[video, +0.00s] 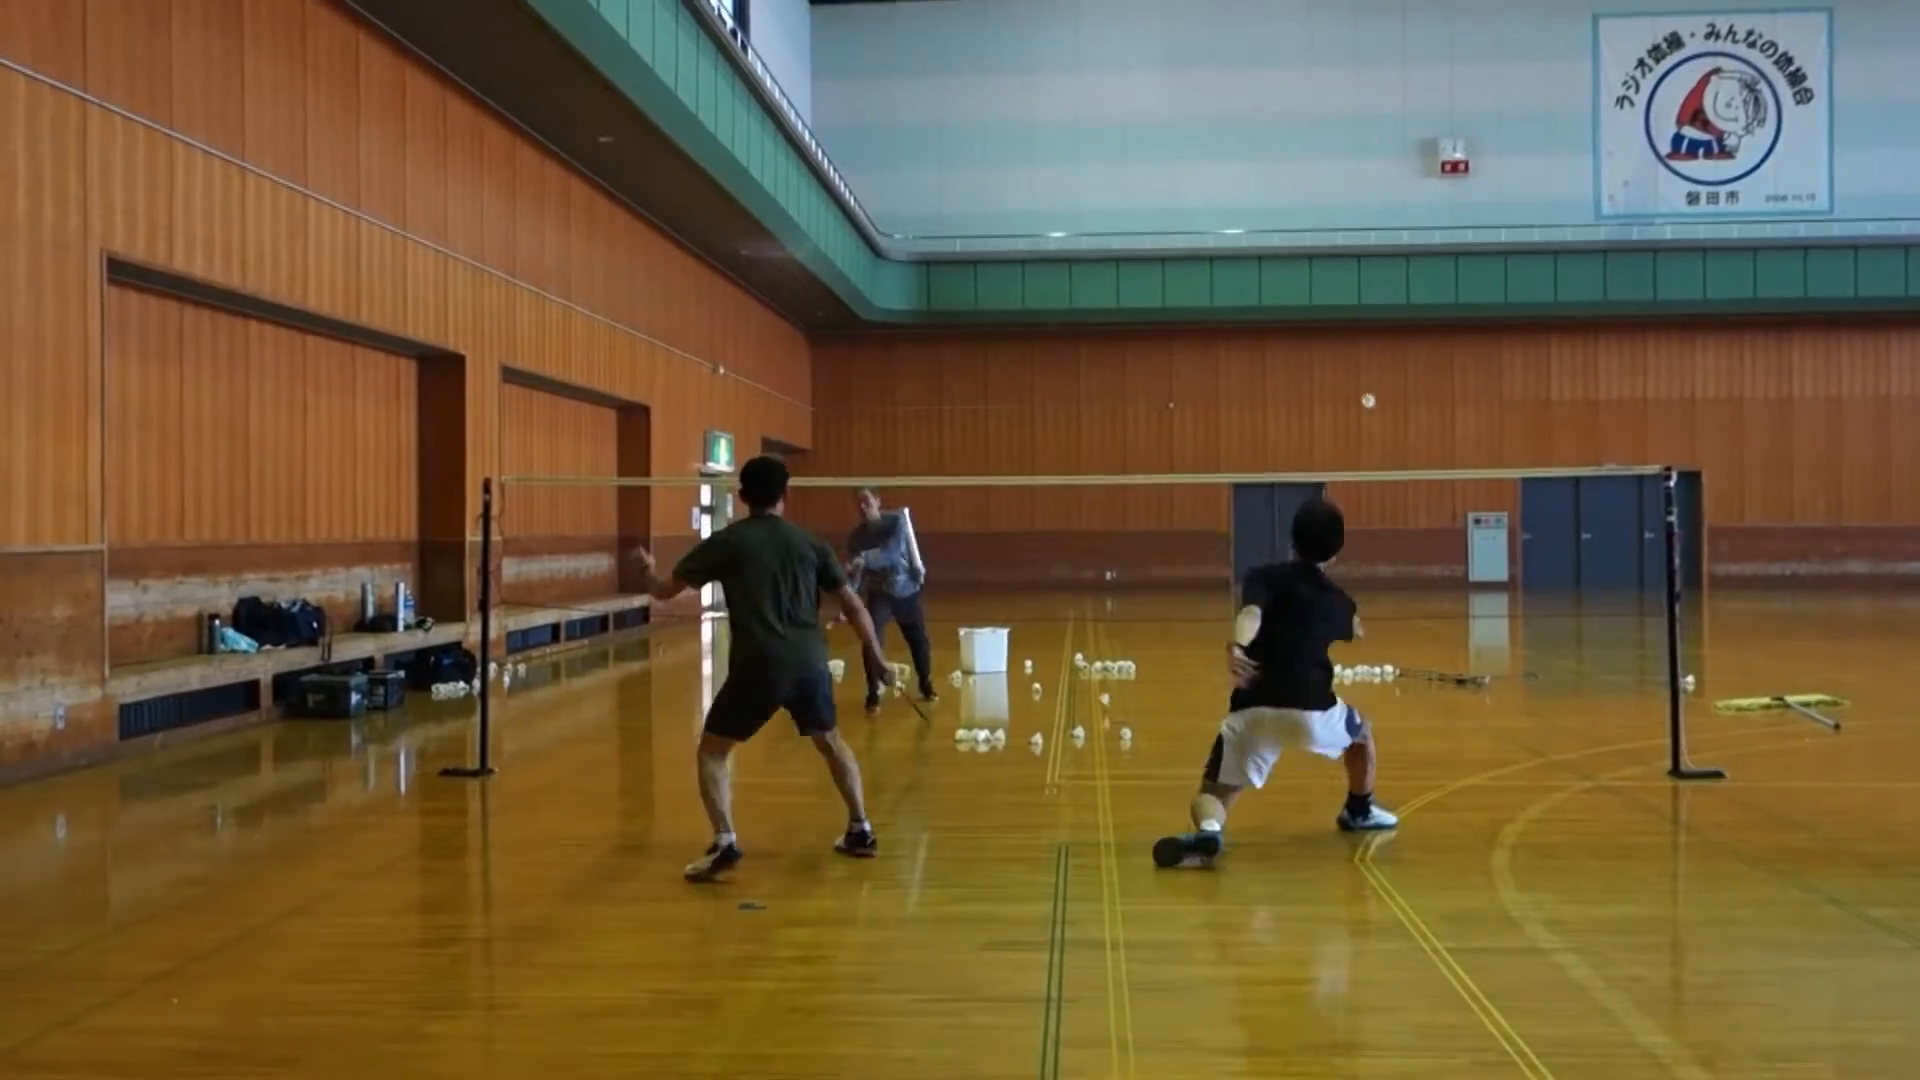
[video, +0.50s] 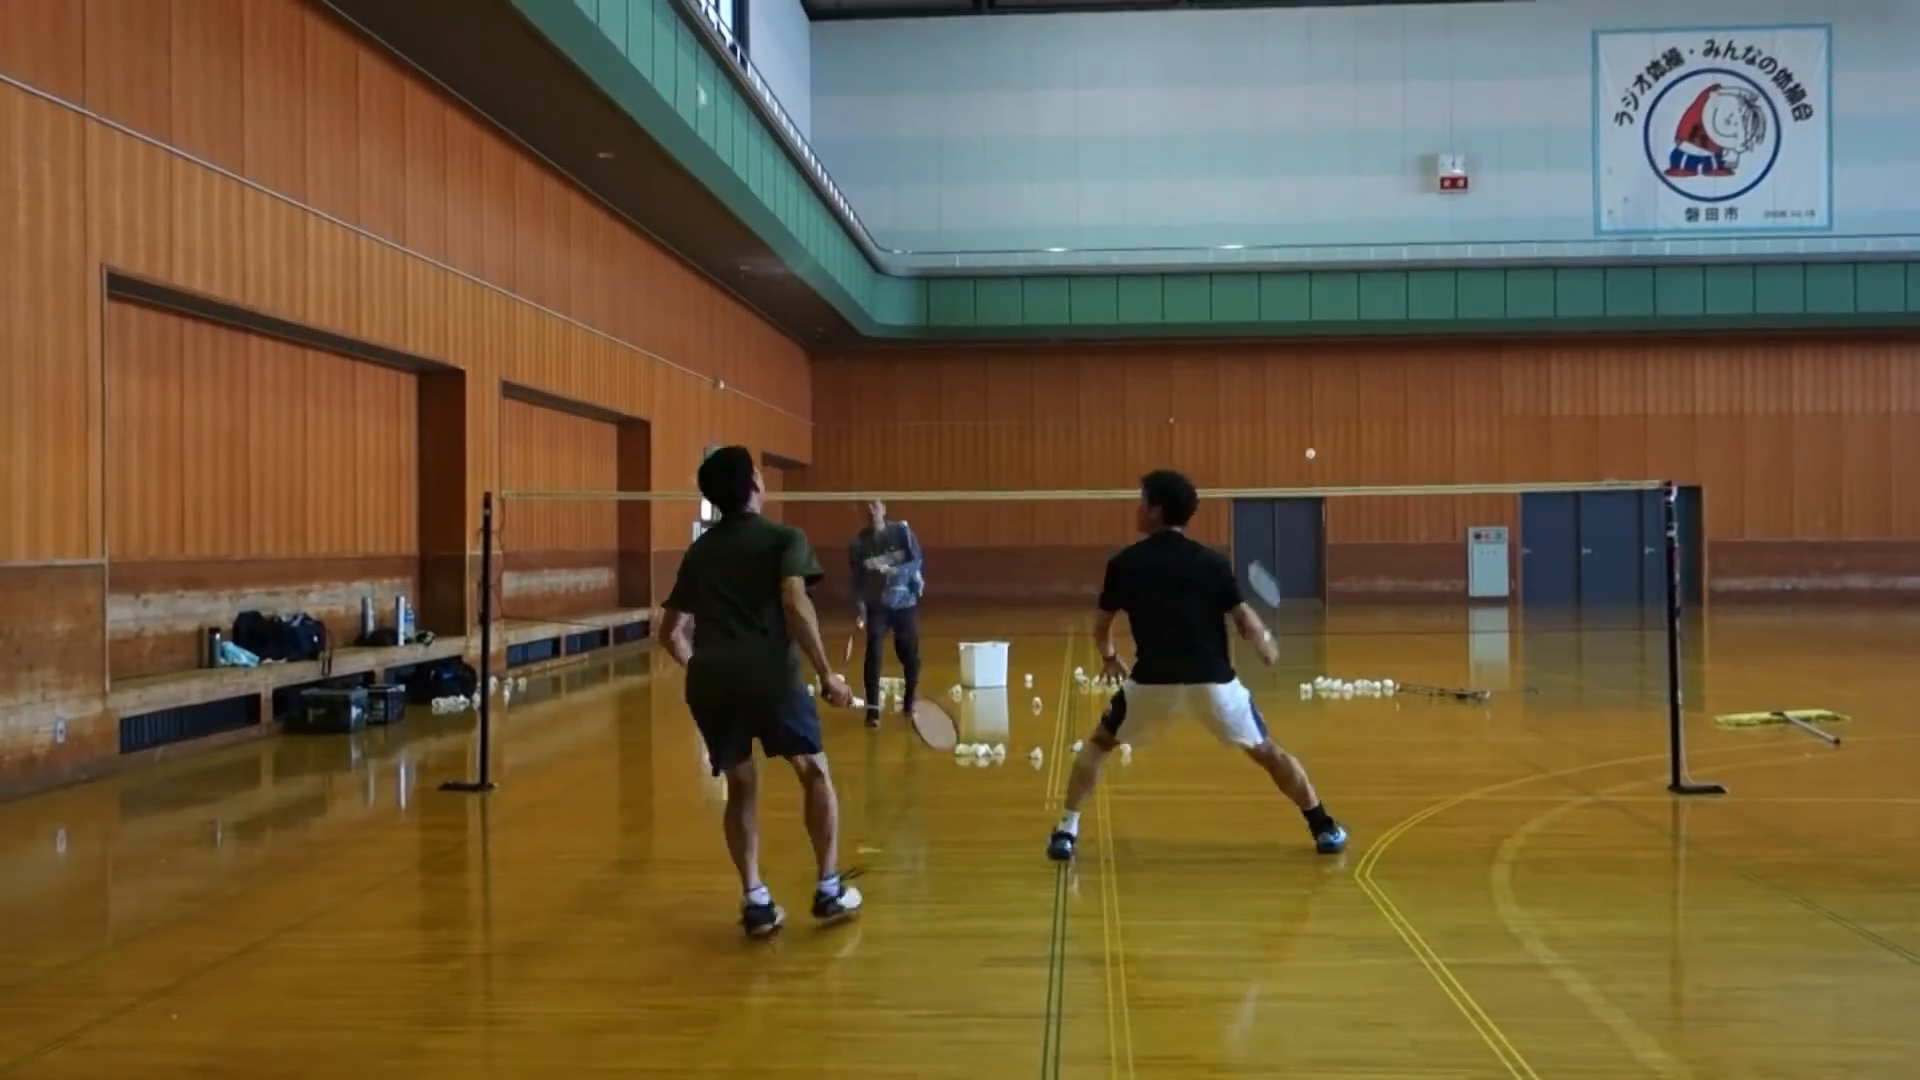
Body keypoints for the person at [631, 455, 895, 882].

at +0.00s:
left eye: (743, 490)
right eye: (783, 490)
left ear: (742, 495)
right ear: (784, 495)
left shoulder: (728, 542)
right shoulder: (809, 543)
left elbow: (666, 589)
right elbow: (851, 602)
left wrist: (647, 571)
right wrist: (874, 653)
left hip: (757, 668)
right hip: (811, 665)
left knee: (713, 750)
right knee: (831, 740)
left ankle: (724, 841)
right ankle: (861, 826)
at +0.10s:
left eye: (740, 487)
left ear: (741, 492)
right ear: (783, 492)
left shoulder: (729, 536)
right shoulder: (810, 538)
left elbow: (667, 591)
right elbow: (849, 600)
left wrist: (662, 563)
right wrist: (871, 664)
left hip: (763, 657)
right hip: (818, 656)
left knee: (711, 742)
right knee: (837, 739)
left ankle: (718, 850)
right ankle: (857, 829)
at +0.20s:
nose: (745, 495)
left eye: (745, 488)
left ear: (746, 493)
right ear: (789, 494)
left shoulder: (734, 534)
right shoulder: (816, 536)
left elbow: (683, 596)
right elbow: (853, 605)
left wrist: (673, 606)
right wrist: (868, 667)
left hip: (771, 655)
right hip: (827, 654)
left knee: (711, 745)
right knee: (842, 740)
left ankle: (700, 857)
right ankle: (880, 835)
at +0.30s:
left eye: (747, 498)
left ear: (750, 504)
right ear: (795, 504)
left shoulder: (736, 550)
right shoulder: (820, 554)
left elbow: (684, 614)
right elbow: (859, 619)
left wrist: (675, 624)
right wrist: (877, 680)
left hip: (773, 682)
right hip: (830, 679)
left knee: (697, 761)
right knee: (848, 757)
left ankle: (721, 859)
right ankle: (890, 846)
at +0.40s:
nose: (780, 496)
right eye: (779, 489)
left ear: (729, 498)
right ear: (775, 496)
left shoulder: (711, 550)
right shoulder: (804, 545)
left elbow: (674, 618)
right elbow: (832, 601)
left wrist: (670, 607)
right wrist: (859, 668)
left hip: (746, 686)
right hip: (804, 678)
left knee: (721, 801)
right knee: (842, 767)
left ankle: (775, 892)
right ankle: (875, 847)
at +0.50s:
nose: (764, 482)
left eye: (759, 474)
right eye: (760, 475)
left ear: (711, 497)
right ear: (754, 487)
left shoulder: (699, 552)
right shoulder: (784, 539)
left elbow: (667, 631)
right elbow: (795, 603)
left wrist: (698, 666)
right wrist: (827, 673)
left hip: (708, 679)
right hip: (771, 675)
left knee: (740, 785)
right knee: (814, 774)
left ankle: (754, 897)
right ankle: (828, 887)